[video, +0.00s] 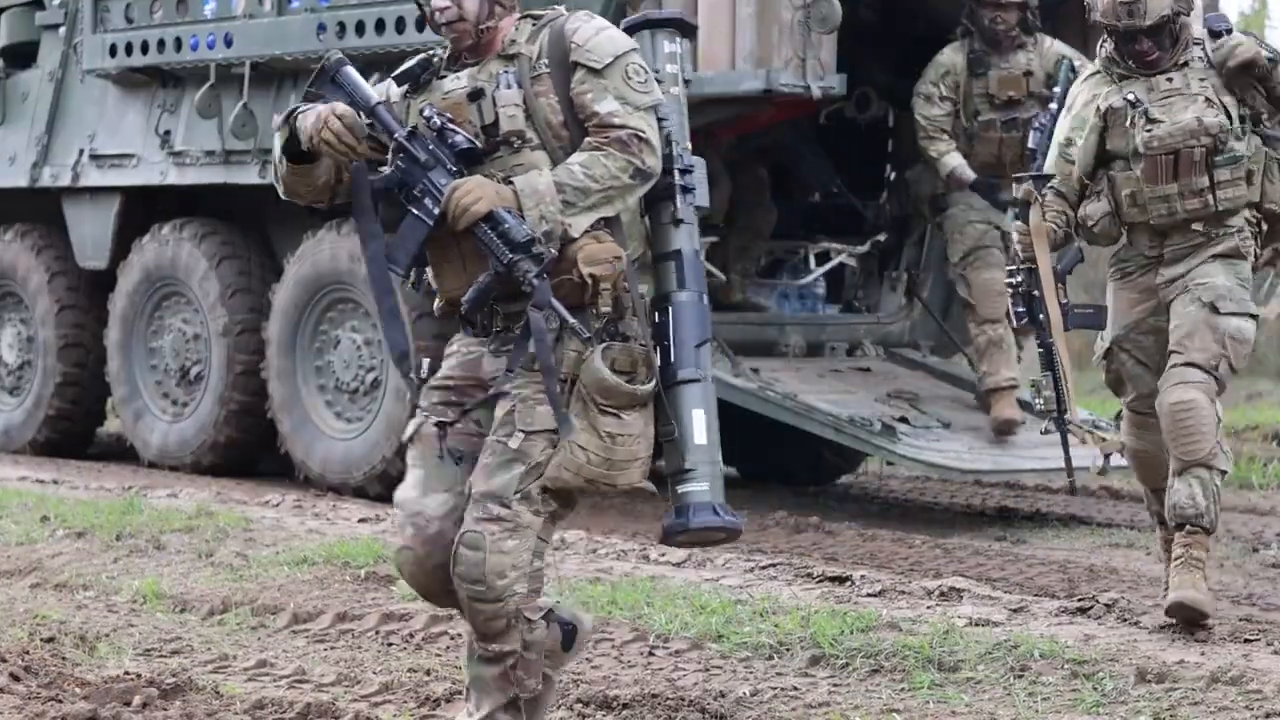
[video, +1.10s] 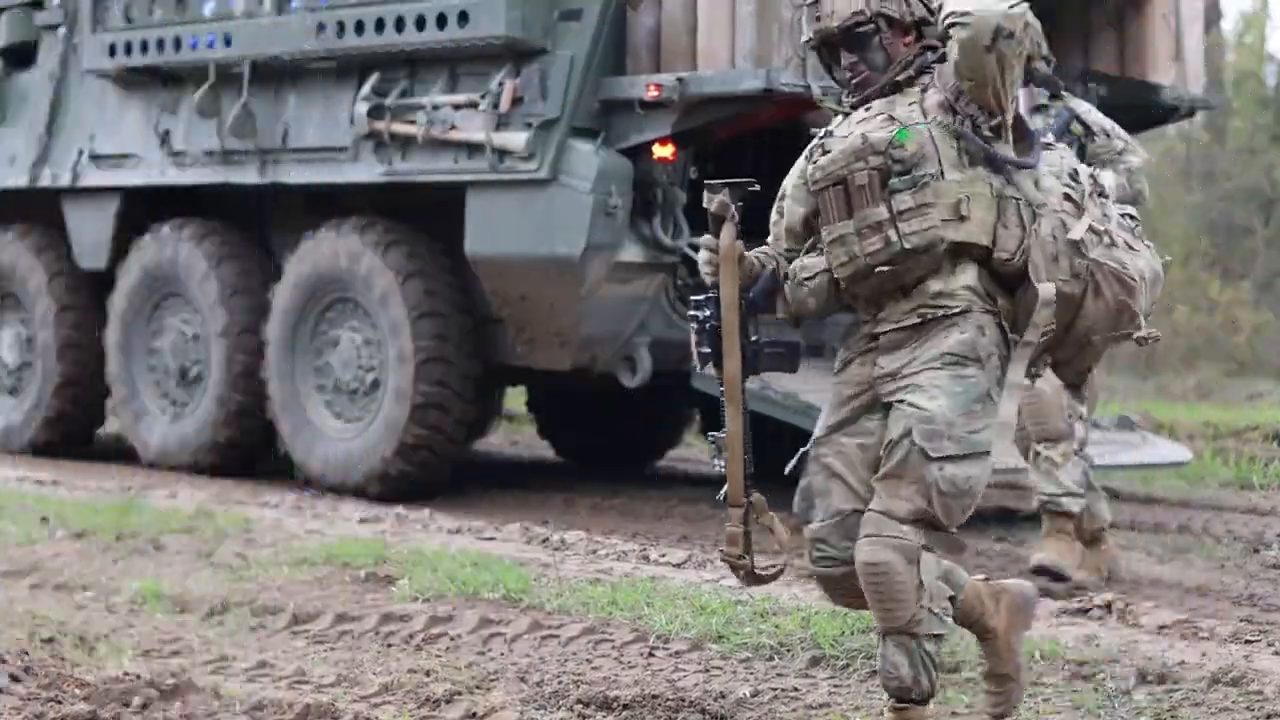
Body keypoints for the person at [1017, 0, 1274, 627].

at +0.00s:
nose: (1140, 41)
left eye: (1153, 27)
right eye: (1126, 31)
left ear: (1179, 14)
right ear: (1108, 26)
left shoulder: (1223, 59)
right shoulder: (1095, 86)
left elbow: (1277, 122)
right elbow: (1062, 184)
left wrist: (1260, 66)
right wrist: (1051, 215)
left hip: (1216, 253)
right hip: (1132, 265)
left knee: (1185, 398)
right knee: (1142, 422)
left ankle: (1190, 557)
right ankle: (1174, 542)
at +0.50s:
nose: (1051, 15)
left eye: (1064, 4)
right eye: (1043, 8)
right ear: (1037, 16)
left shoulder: (1167, 28)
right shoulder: (1032, 92)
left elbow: (1268, 60)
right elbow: (1000, 198)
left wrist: (1174, 51)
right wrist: (965, 210)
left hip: (1174, 263)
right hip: (1077, 277)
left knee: (1177, 453)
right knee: (1073, 451)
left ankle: (1189, 580)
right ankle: (1100, 629)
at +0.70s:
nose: (984, 56)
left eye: (997, 37)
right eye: (974, 46)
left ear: (1044, 25)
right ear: (967, 53)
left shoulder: (1112, 59)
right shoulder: (978, 133)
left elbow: (1223, 100)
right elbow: (950, 245)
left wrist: (1116, 87)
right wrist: (897, 247)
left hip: (1126, 302)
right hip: (1035, 319)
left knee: (1103, 488)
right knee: (1019, 503)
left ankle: (1174, 569)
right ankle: (1112, 662)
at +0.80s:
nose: (957, 59)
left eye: (967, 39)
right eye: (944, 49)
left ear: (1014, 26)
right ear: (938, 55)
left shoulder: (1078, 68)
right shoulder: (951, 132)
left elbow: (1187, 102)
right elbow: (925, 245)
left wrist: (1078, 61)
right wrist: (872, 255)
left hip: (1095, 301)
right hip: (1006, 325)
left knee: (1027, 477)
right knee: (1003, 513)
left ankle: (1109, 645)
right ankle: (1101, 664)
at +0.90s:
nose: (931, 46)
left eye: (943, 25)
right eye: (918, 36)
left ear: (990, 12)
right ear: (910, 43)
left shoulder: (1053, 64)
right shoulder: (917, 121)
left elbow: (1133, 83)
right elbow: (883, 232)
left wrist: (1052, 17)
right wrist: (837, 264)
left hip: (1058, 297)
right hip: (974, 318)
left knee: (979, 488)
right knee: (999, 498)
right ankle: (1114, 658)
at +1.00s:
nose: (891, 48)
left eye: (905, 26)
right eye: (877, 37)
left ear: (952, 15)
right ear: (868, 47)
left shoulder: (1010, 67)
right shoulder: (872, 123)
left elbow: (1072, 23)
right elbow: (831, 233)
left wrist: (1034, 23)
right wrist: (789, 266)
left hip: (1005, 312)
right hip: (917, 332)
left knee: (943, 504)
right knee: (948, 512)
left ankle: (929, 695)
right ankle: (1088, 638)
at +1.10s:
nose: (848, 65)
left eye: (860, 45)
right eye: (835, 56)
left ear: (907, 36)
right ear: (825, 69)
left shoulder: (955, 93)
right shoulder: (834, 142)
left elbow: (1004, 22)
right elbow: (797, 254)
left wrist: (967, 28)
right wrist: (747, 266)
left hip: (953, 334)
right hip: (868, 348)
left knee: (893, 554)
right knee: (839, 563)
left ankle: (907, 708)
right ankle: (992, 608)